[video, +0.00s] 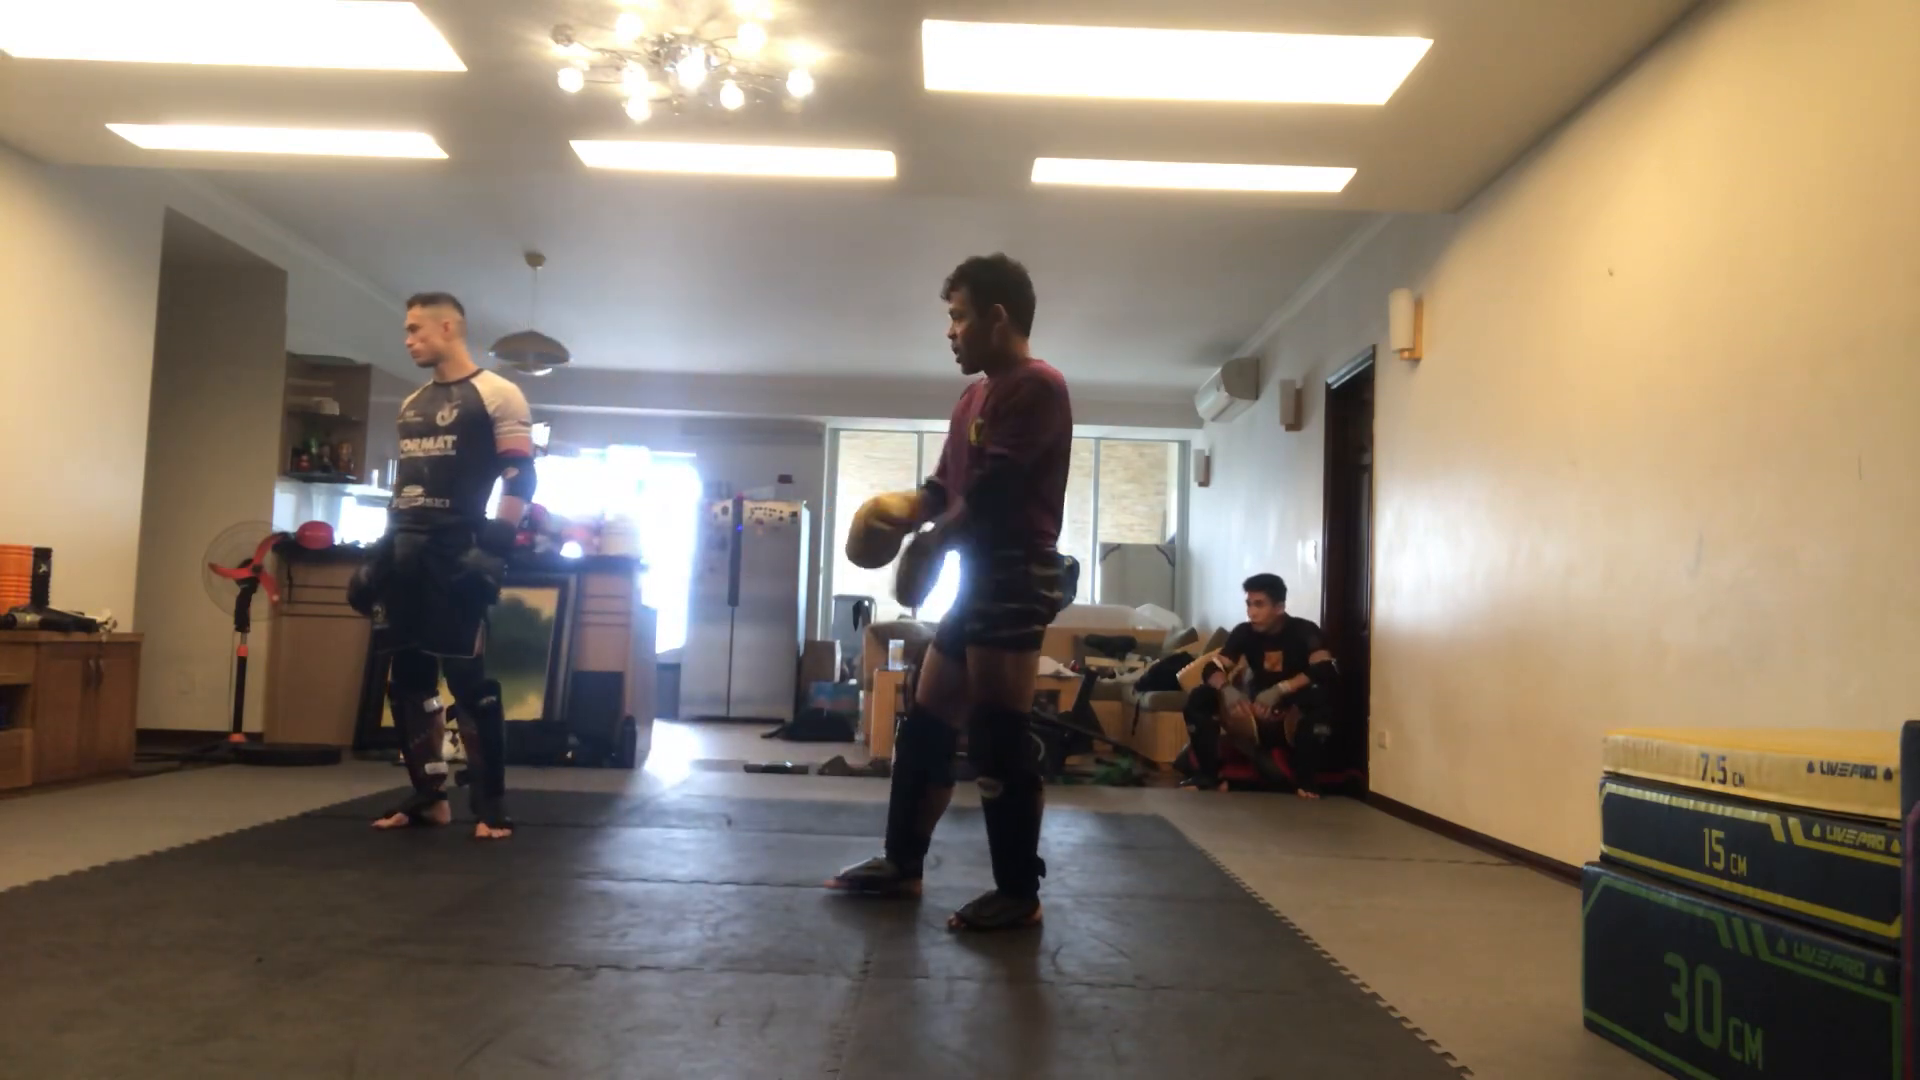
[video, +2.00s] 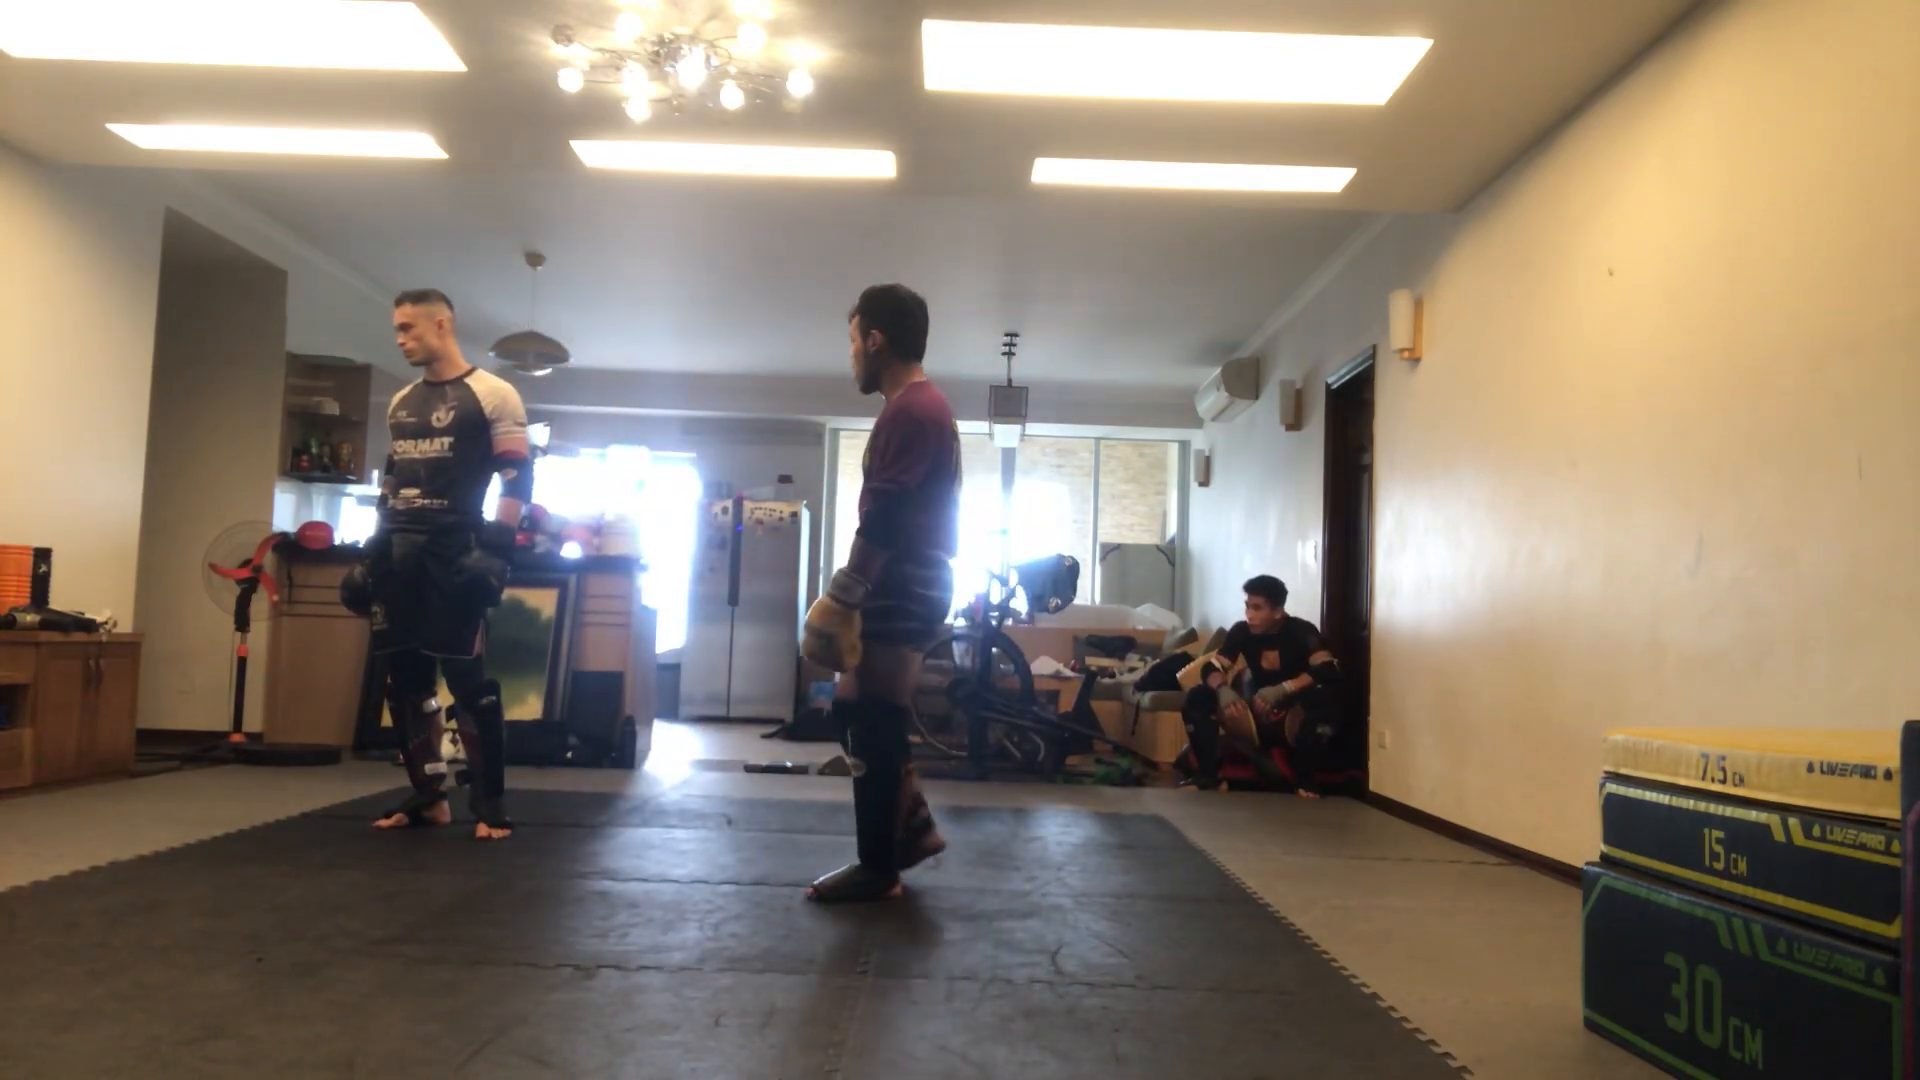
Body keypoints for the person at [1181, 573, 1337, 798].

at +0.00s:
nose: (1251, 612)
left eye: (1258, 605)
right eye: (1249, 605)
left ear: (1279, 607)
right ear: (1245, 604)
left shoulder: (1304, 630)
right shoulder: (1244, 633)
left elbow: (1325, 668)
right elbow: (1212, 669)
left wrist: (1279, 690)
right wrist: (1228, 692)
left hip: (1292, 717)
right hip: (1251, 716)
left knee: (1317, 702)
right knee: (1199, 699)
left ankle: (1306, 782)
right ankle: (1209, 776)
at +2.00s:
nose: (1248, 614)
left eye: (1256, 608)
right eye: (1247, 606)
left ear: (1278, 611)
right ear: (1245, 604)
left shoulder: (1302, 631)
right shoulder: (1241, 632)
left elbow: (1327, 668)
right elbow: (1212, 668)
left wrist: (1282, 690)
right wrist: (1223, 689)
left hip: (1294, 718)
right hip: (1253, 718)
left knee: (1321, 700)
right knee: (1198, 698)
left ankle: (1306, 781)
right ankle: (1208, 776)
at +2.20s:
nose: (1245, 617)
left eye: (1251, 610)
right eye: (1243, 610)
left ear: (1274, 610)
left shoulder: (1304, 633)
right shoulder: (1242, 633)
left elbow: (1330, 671)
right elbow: (1211, 668)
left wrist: (1281, 669)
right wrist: (1223, 691)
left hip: (1292, 720)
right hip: (1250, 719)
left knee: (1320, 704)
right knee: (1198, 698)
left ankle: (1306, 781)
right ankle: (1208, 777)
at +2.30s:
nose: (1245, 619)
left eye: (1251, 612)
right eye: (1243, 612)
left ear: (1274, 611)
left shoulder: (1305, 633)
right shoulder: (1242, 633)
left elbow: (1324, 674)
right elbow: (1211, 669)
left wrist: (1278, 647)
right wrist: (1224, 691)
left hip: (1294, 720)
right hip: (1252, 719)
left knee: (1320, 699)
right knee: (1198, 698)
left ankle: (1306, 781)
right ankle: (1208, 777)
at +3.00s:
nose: (1246, 620)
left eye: (1252, 613)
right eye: (1243, 613)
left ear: (1273, 609)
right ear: (1240, 610)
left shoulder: (1304, 632)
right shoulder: (1241, 632)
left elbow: (1314, 675)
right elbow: (1210, 669)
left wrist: (1276, 637)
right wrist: (1222, 690)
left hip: (1291, 720)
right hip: (1251, 719)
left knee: (1317, 696)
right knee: (1198, 698)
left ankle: (1305, 780)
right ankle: (1207, 776)